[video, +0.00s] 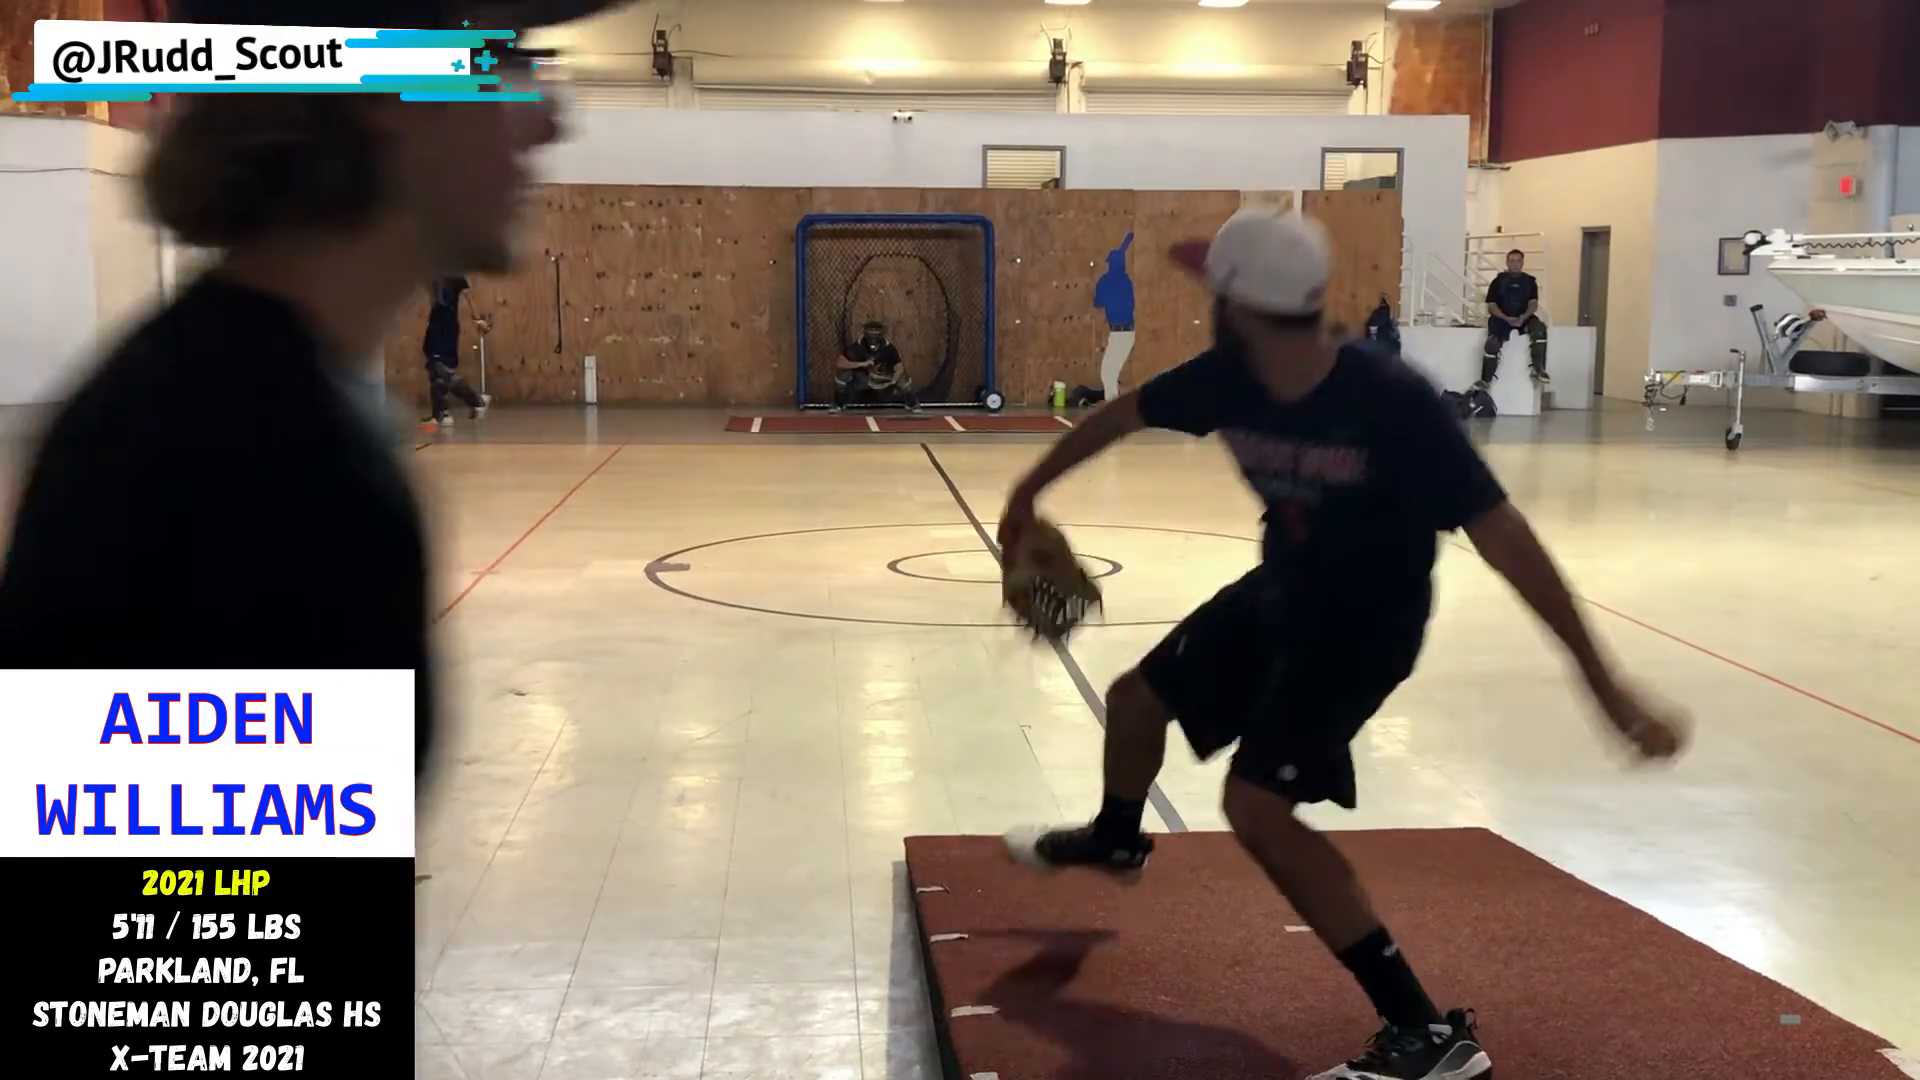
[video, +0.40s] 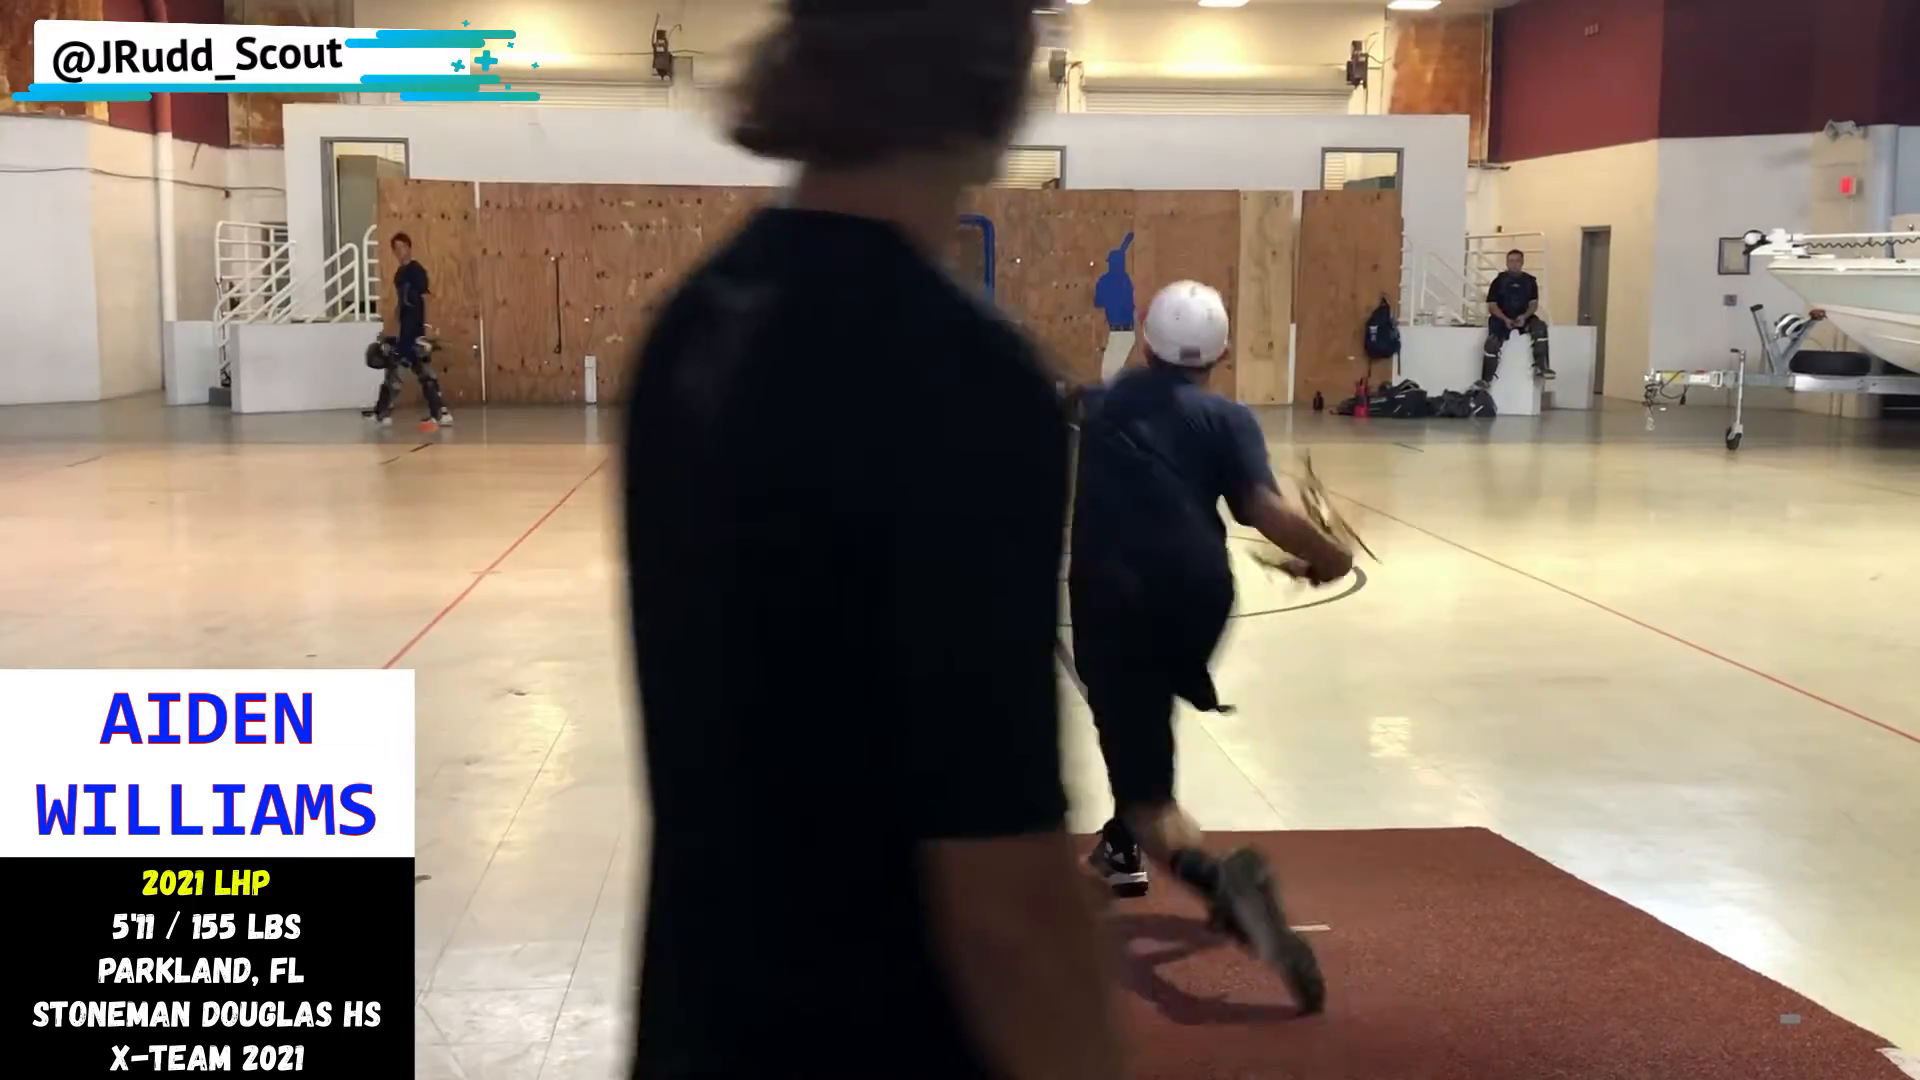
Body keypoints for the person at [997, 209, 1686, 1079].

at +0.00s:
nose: (1212, 311)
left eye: (1218, 295)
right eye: (1217, 295)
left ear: (1238, 306)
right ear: (1308, 298)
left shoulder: (1396, 400)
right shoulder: (1228, 377)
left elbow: (1503, 534)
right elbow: (1123, 414)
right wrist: (1023, 494)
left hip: (1367, 621)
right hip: (1277, 592)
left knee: (1256, 807)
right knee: (1135, 703)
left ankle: (1419, 1025)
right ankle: (1115, 835)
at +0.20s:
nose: (1129, 317)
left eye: (1133, 305)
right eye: (1133, 304)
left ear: (1150, 315)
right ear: (1216, 309)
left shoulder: (1192, 402)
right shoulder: (1247, 373)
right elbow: (1301, 413)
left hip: (1226, 642)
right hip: (1262, 623)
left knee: (1245, 821)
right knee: (1150, 682)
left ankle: (1339, 969)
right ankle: (1121, 844)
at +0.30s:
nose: (1147, 332)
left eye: (1145, 321)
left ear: (1143, 330)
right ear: (1222, 332)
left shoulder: (1096, 411)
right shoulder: (1259, 430)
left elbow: (981, 376)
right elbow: (1322, 526)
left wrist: (888, 317)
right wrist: (1263, 507)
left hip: (1142, 652)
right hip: (1239, 647)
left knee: (1173, 831)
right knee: (1161, 727)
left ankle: (1270, 887)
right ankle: (1118, 848)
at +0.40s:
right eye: (1217, 351)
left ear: (1147, 343)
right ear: (1218, 354)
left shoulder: (1099, 406)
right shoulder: (1224, 420)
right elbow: (1261, 511)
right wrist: (1326, 553)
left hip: (1109, 603)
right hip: (1196, 601)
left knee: (1149, 801)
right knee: (1141, 708)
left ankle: (1220, 879)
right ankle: (1122, 843)